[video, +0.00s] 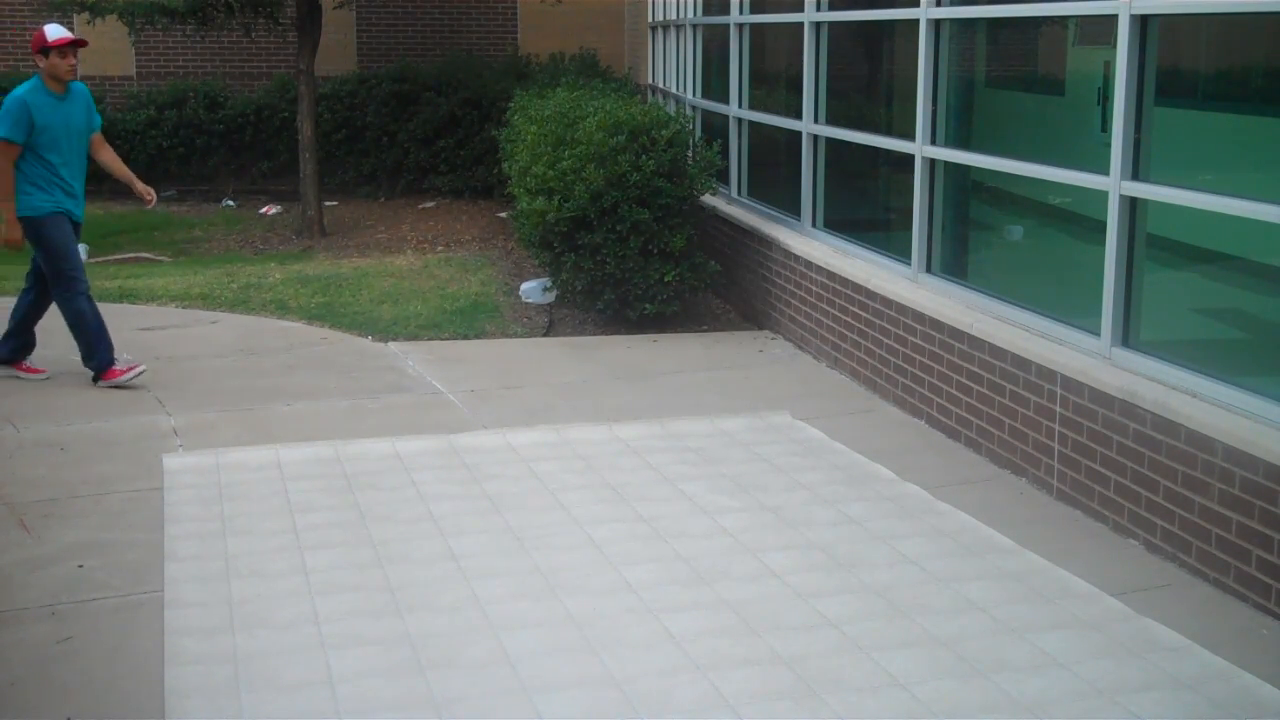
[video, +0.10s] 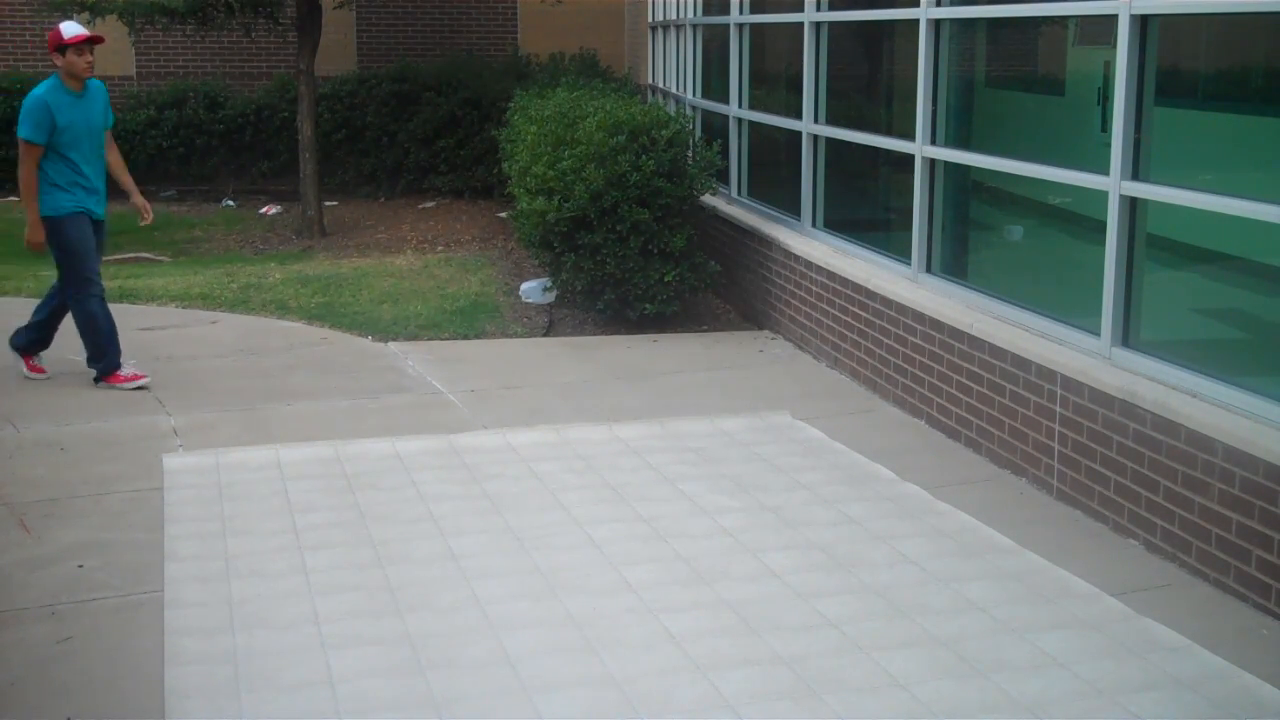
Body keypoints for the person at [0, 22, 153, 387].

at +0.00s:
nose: (72, 59)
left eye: (74, 52)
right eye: (62, 54)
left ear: (77, 56)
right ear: (41, 60)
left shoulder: (80, 93)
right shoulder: (20, 102)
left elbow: (99, 147)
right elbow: (5, 163)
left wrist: (134, 181)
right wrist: (9, 220)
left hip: (71, 206)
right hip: (38, 207)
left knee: (41, 285)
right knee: (72, 280)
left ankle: (10, 353)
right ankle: (103, 365)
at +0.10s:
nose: (89, 57)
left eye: (90, 50)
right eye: (79, 52)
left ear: (93, 54)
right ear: (58, 59)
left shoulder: (98, 92)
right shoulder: (40, 101)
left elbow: (108, 147)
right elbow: (27, 164)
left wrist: (134, 192)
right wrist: (33, 221)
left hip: (94, 205)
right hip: (60, 206)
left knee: (73, 282)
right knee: (87, 282)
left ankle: (26, 343)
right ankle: (108, 368)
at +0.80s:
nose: (230, 44)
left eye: (232, 40)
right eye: (220, 40)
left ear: (235, 50)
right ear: (200, 52)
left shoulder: (235, 94)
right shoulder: (186, 92)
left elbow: (239, 155)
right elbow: (185, 159)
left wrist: (248, 205)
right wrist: (204, 214)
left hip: (235, 211)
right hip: (195, 212)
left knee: (238, 293)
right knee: (207, 289)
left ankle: (238, 372)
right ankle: (150, 340)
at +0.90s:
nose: (247, 42)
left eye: (248, 37)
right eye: (236, 38)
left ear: (253, 48)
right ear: (218, 50)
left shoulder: (257, 91)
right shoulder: (203, 91)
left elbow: (269, 151)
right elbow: (196, 158)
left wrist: (292, 200)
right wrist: (213, 214)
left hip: (255, 208)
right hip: (221, 210)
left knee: (251, 290)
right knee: (245, 285)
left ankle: (239, 372)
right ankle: (193, 344)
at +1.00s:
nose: (264, 42)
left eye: (266, 37)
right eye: (253, 38)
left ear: (270, 48)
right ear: (235, 52)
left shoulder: (276, 90)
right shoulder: (221, 94)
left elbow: (296, 146)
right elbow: (209, 160)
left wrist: (330, 188)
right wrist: (224, 215)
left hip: (273, 205)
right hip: (240, 205)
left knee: (250, 288)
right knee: (275, 281)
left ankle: (236, 372)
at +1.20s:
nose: (304, 47)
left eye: (306, 43)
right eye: (293, 44)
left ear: (312, 54)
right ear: (275, 60)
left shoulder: (318, 93)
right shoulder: (263, 100)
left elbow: (339, 147)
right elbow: (250, 167)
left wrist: (379, 180)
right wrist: (256, 226)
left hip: (309, 211)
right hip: (279, 213)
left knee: (276, 293)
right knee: (317, 290)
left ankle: (243, 367)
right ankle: (349, 378)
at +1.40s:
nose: (353, 57)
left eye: (355, 49)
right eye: (344, 50)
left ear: (355, 52)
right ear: (321, 54)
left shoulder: (353, 91)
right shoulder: (304, 100)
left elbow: (363, 150)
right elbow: (301, 170)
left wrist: (388, 198)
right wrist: (316, 228)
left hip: (360, 210)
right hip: (328, 215)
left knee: (366, 290)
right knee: (351, 298)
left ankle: (296, 339)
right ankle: (356, 383)